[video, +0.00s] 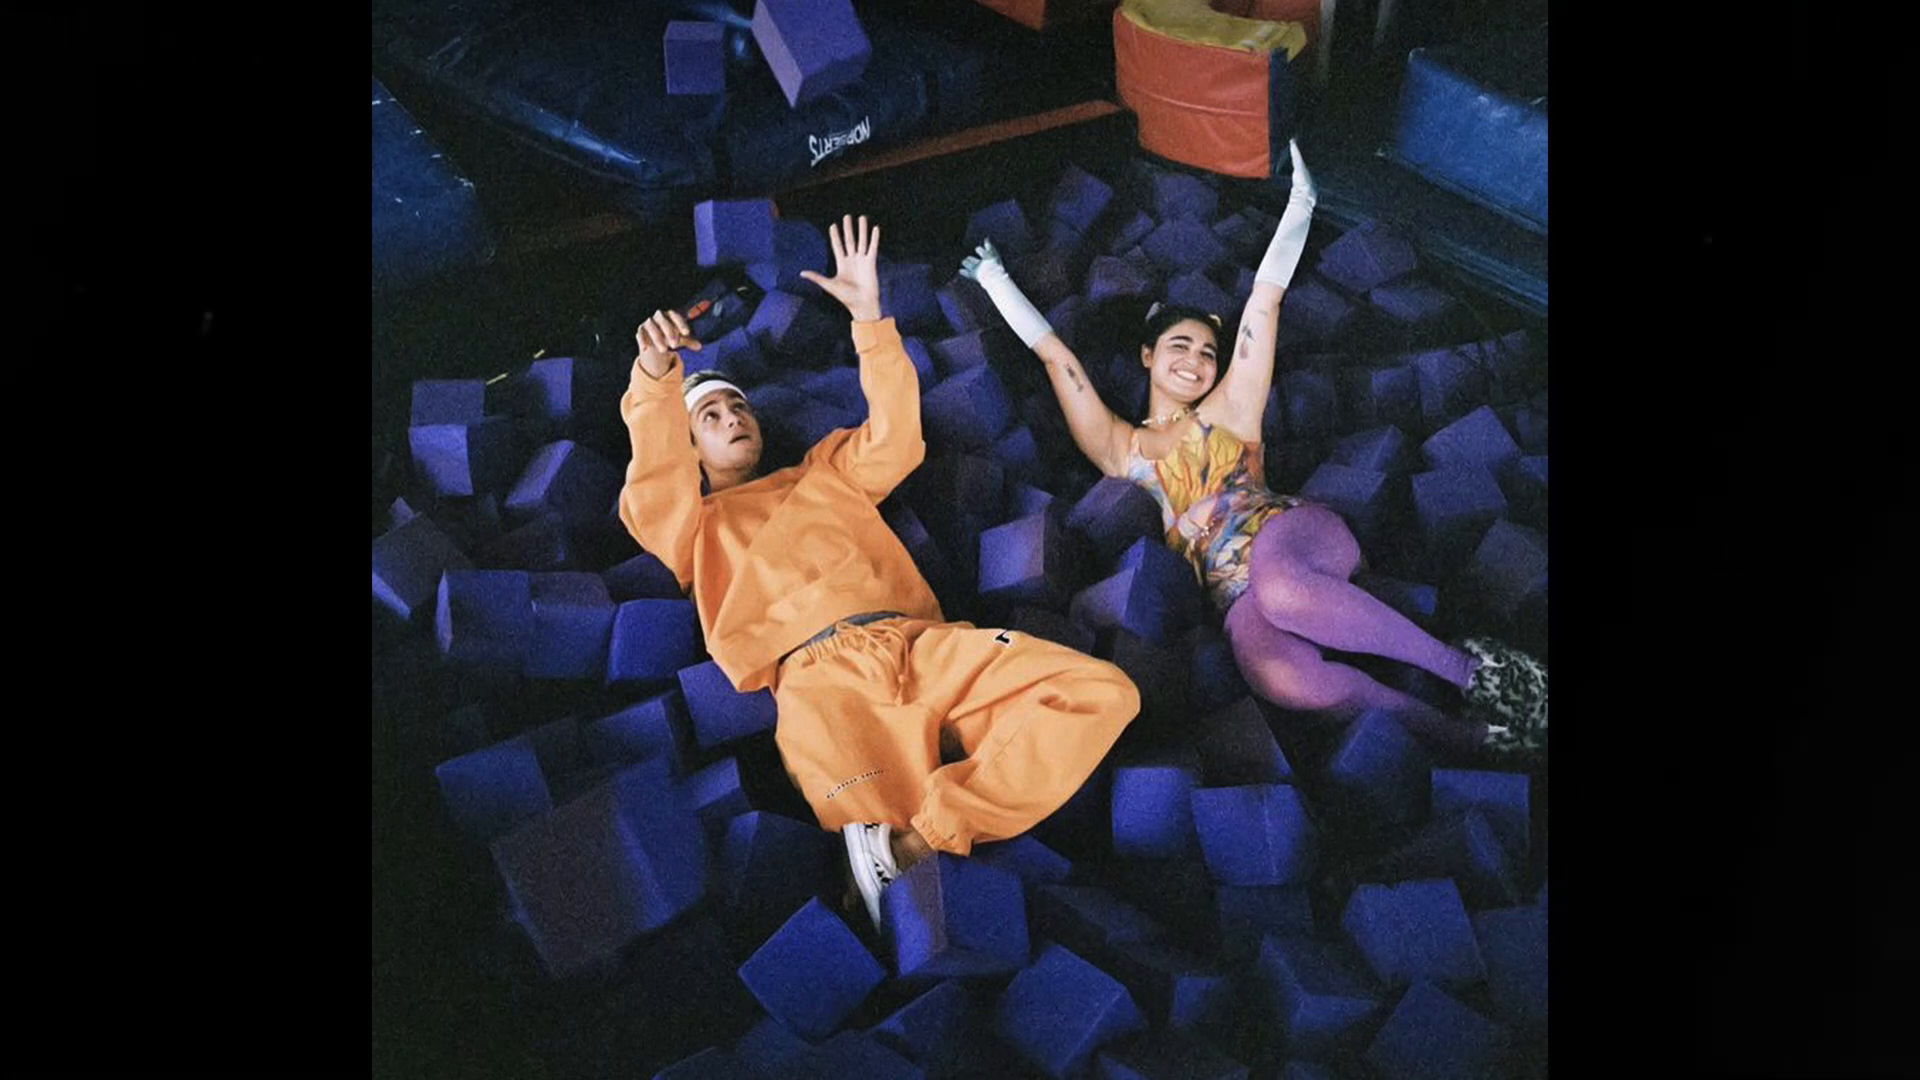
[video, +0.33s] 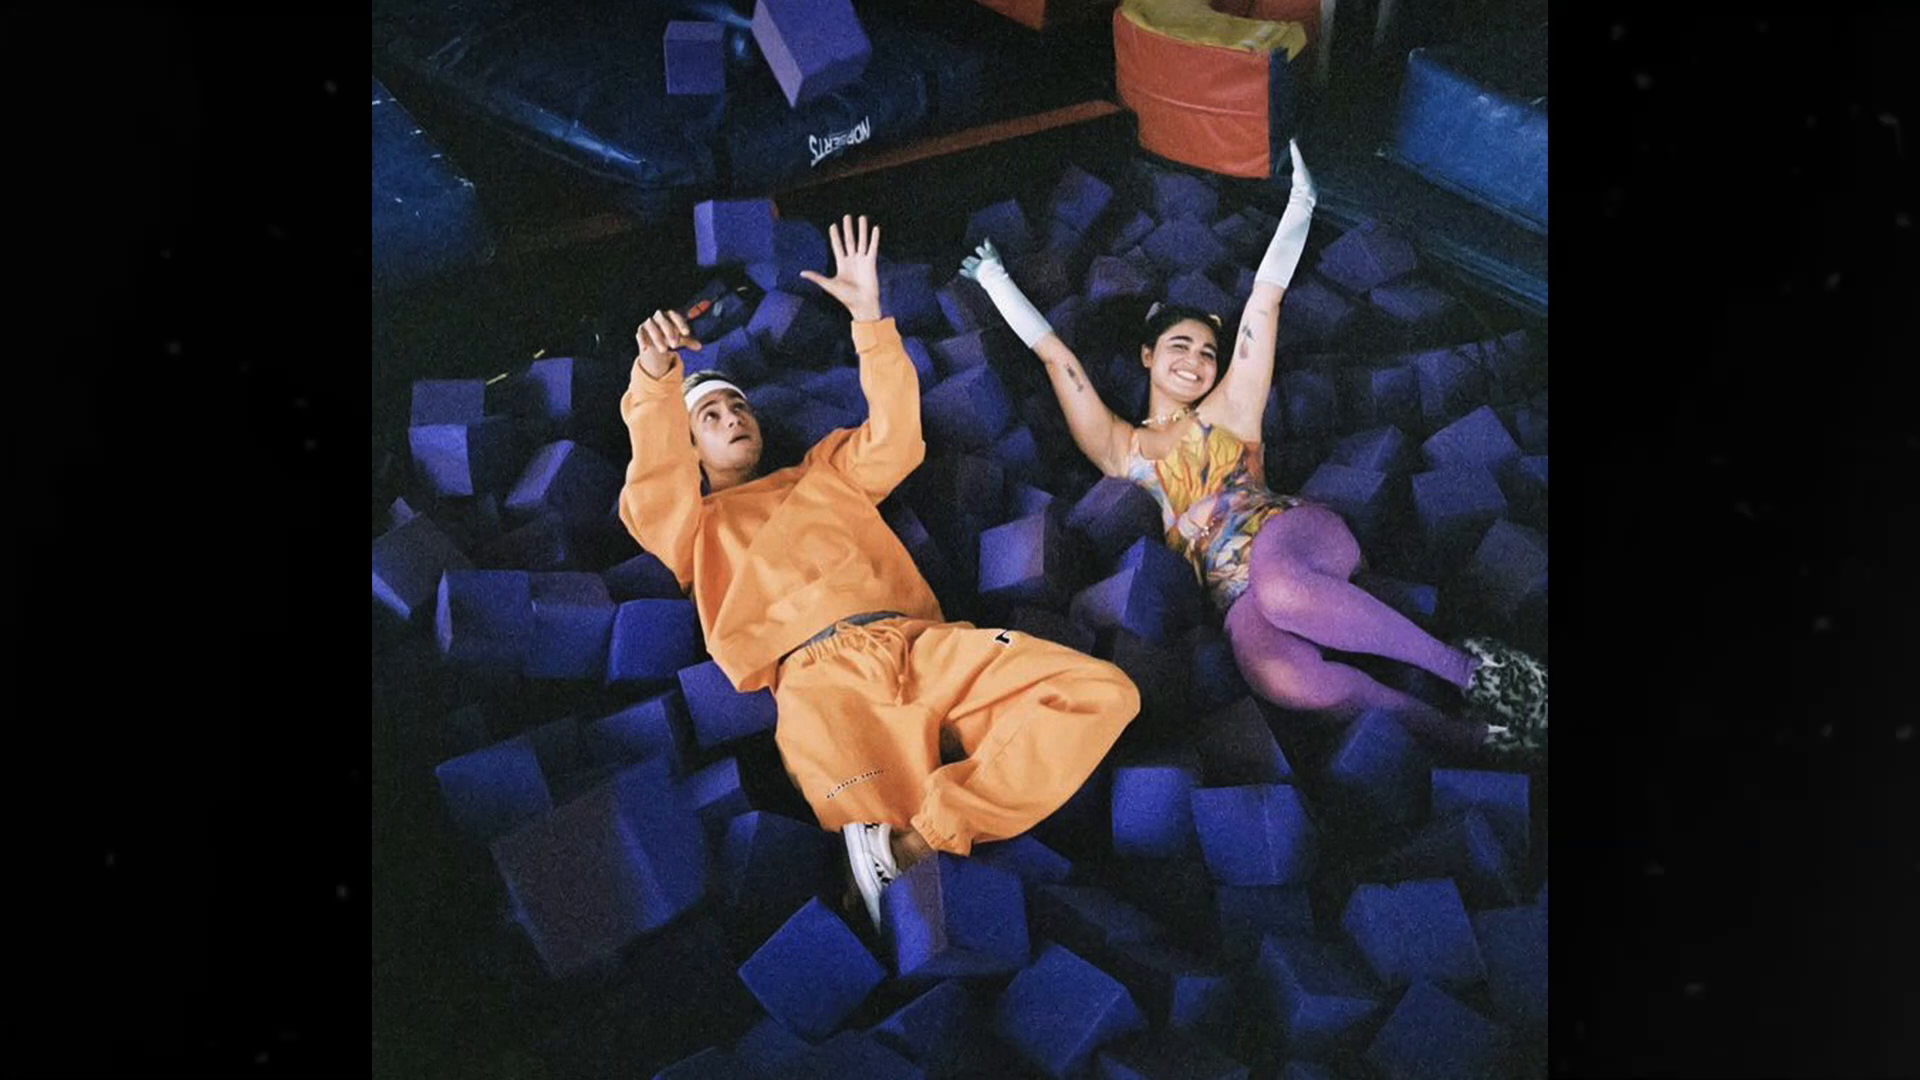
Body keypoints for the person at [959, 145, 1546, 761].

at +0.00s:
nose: (1191, 360)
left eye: (1205, 354)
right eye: (1177, 346)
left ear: (1216, 371)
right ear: (1145, 357)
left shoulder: (1230, 411)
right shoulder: (1122, 448)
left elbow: (1264, 306)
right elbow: (1057, 359)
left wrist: (1298, 209)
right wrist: (991, 278)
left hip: (1287, 531)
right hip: (1238, 596)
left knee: (1278, 593)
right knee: (1287, 680)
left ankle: (1471, 671)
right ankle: (1463, 735)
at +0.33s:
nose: (1190, 360)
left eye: (1204, 353)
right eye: (1176, 346)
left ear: (1216, 370)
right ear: (1145, 358)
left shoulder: (1230, 410)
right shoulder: (1123, 449)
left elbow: (1264, 305)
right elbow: (1058, 359)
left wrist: (1299, 208)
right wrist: (992, 278)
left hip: (1288, 531)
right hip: (1239, 596)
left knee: (1279, 593)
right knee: (1287, 680)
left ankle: (1472, 671)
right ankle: (1464, 735)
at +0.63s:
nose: (1190, 360)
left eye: (1204, 353)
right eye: (1176, 346)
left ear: (1216, 370)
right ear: (1145, 358)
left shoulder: (1230, 410)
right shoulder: (1123, 449)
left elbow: (1264, 305)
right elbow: (1058, 359)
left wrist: (1299, 209)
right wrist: (992, 278)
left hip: (1289, 531)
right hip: (1239, 597)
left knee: (1278, 593)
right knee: (1288, 681)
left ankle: (1472, 671)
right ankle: (1463, 734)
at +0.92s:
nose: (1190, 360)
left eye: (1204, 354)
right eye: (1176, 346)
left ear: (1216, 370)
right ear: (1145, 358)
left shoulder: (1230, 410)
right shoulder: (1123, 449)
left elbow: (1264, 305)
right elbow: (1058, 359)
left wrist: (1298, 209)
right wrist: (992, 278)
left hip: (1289, 531)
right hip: (1239, 597)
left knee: (1278, 593)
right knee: (1288, 681)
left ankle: (1472, 671)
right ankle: (1463, 734)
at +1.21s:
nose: (1190, 360)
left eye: (1204, 354)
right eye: (1176, 346)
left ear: (1216, 370)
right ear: (1145, 358)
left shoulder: (1230, 410)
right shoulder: (1122, 449)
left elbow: (1264, 305)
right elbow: (1057, 359)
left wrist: (1298, 209)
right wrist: (992, 278)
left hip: (1289, 531)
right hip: (1239, 597)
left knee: (1278, 593)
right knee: (1287, 680)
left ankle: (1473, 671)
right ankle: (1466, 735)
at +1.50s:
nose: (1191, 360)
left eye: (1205, 354)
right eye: (1176, 346)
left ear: (1216, 371)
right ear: (1145, 358)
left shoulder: (1230, 411)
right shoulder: (1122, 449)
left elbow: (1264, 305)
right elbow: (1058, 360)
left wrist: (1298, 209)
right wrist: (992, 278)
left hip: (1288, 530)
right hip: (1238, 596)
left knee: (1279, 592)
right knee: (1288, 681)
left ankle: (1472, 671)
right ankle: (1465, 736)